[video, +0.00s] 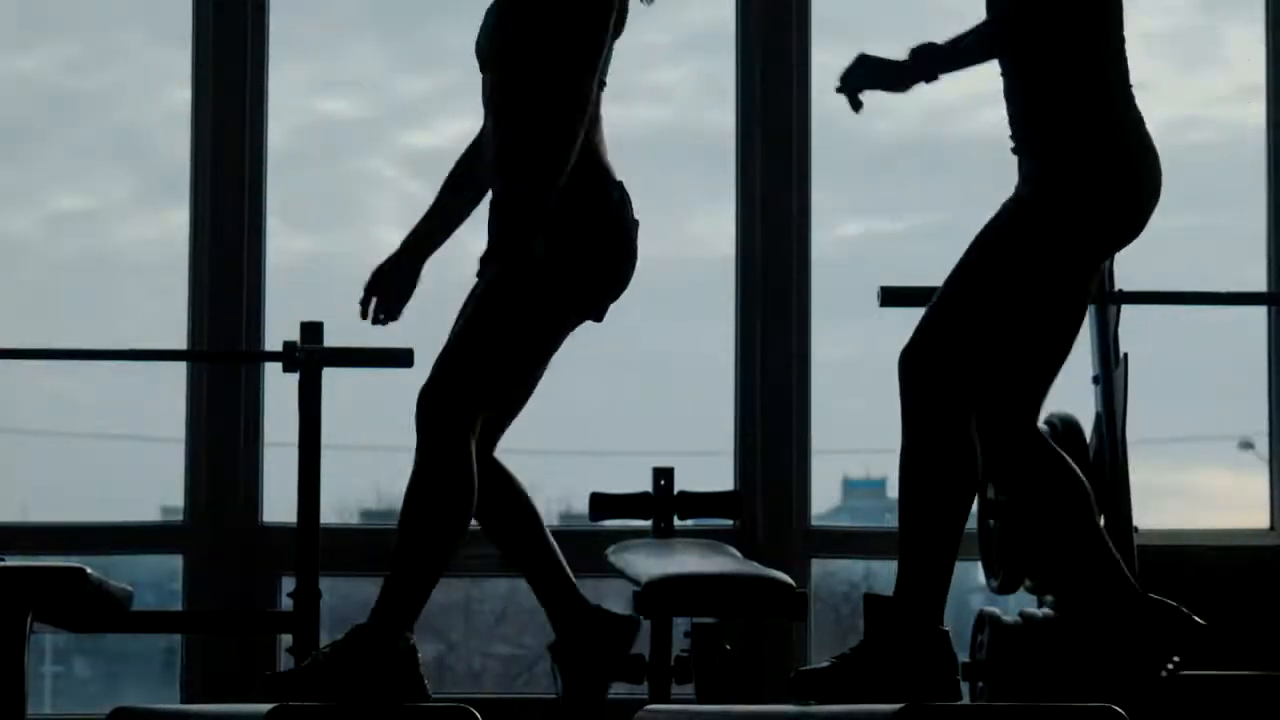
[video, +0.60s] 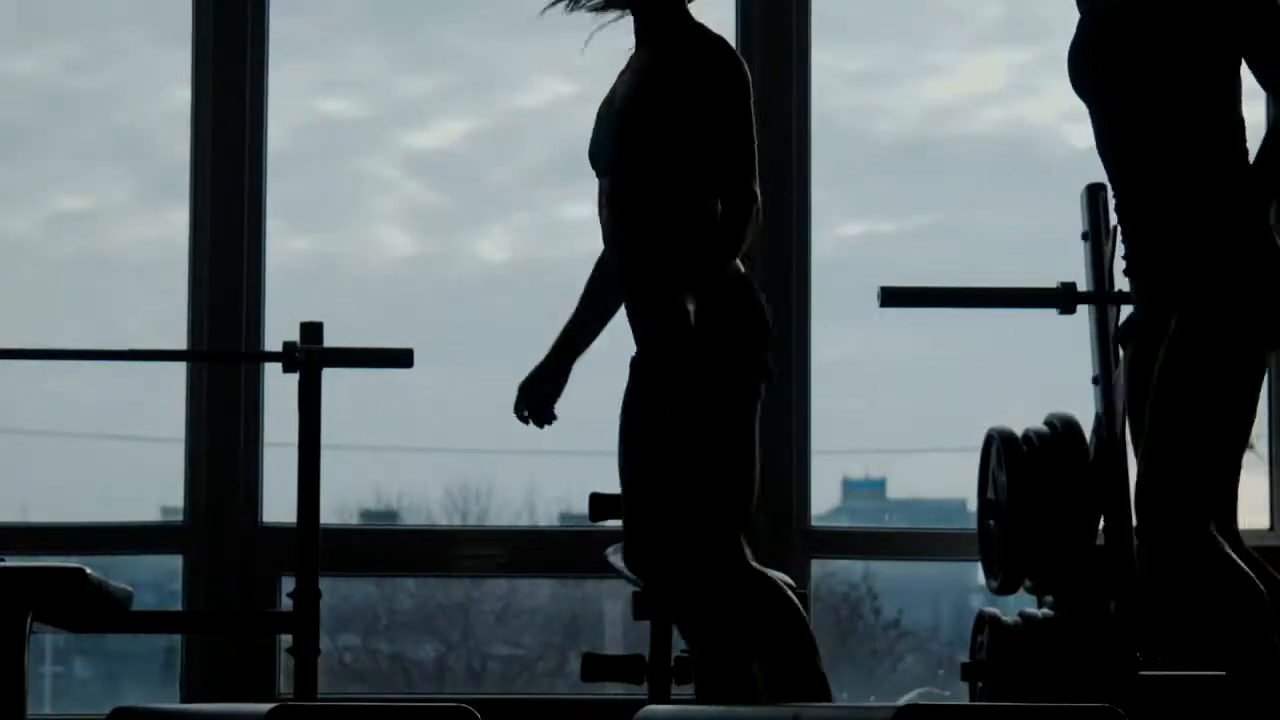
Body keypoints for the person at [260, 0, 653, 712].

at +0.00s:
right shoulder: (521, 7)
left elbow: (548, 129)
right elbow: (495, 135)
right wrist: (412, 253)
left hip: (564, 231)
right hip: (539, 231)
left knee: (447, 417)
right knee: (464, 442)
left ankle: (383, 643)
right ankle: (579, 628)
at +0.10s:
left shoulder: (640, 31)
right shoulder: (539, 47)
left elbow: (662, 154)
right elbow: (444, 158)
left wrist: (649, 260)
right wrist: (319, 226)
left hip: (620, 292)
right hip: (570, 296)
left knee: (470, 423)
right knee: (586, 522)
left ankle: (387, 642)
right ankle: (676, 689)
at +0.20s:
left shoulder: (659, 84)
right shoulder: (558, 101)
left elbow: (717, 209)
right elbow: (441, 185)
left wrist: (735, 315)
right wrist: (312, 190)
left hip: (669, 342)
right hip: (624, 345)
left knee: (517, 443)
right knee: (650, 572)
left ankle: (406, 637)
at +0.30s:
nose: (596, 24)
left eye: (610, 10)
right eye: (592, 11)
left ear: (645, 4)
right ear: (585, 9)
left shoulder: (682, 72)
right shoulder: (576, 92)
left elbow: (738, 204)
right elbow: (486, 201)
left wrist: (767, 334)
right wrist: (374, 182)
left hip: (701, 331)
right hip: (652, 335)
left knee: (555, 426)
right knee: (655, 565)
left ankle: (472, 646)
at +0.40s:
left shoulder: (701, 42)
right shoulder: (592, 54)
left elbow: (749, 183)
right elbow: (529, 186)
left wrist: (765, 316)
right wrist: (419, 216)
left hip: (703, 303)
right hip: (667, 305)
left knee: (578, 433)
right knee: (687, 528)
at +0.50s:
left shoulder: (710, 41)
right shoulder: (612, 47)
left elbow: (754, 182)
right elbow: (574, 195)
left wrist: (749, 300)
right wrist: (482, 285)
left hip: (709, 312)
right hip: (667, 315)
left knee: (633, 492)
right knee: (715, 517)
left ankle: (735, 683)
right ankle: (761, 694)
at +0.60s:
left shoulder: (708, 60)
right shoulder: (635, 72)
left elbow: (740, 217)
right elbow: (626, 243)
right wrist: (561, 357)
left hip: (715, 339)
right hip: (665, 341)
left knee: (708, 546)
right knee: (660, 549)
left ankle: (808, 711)